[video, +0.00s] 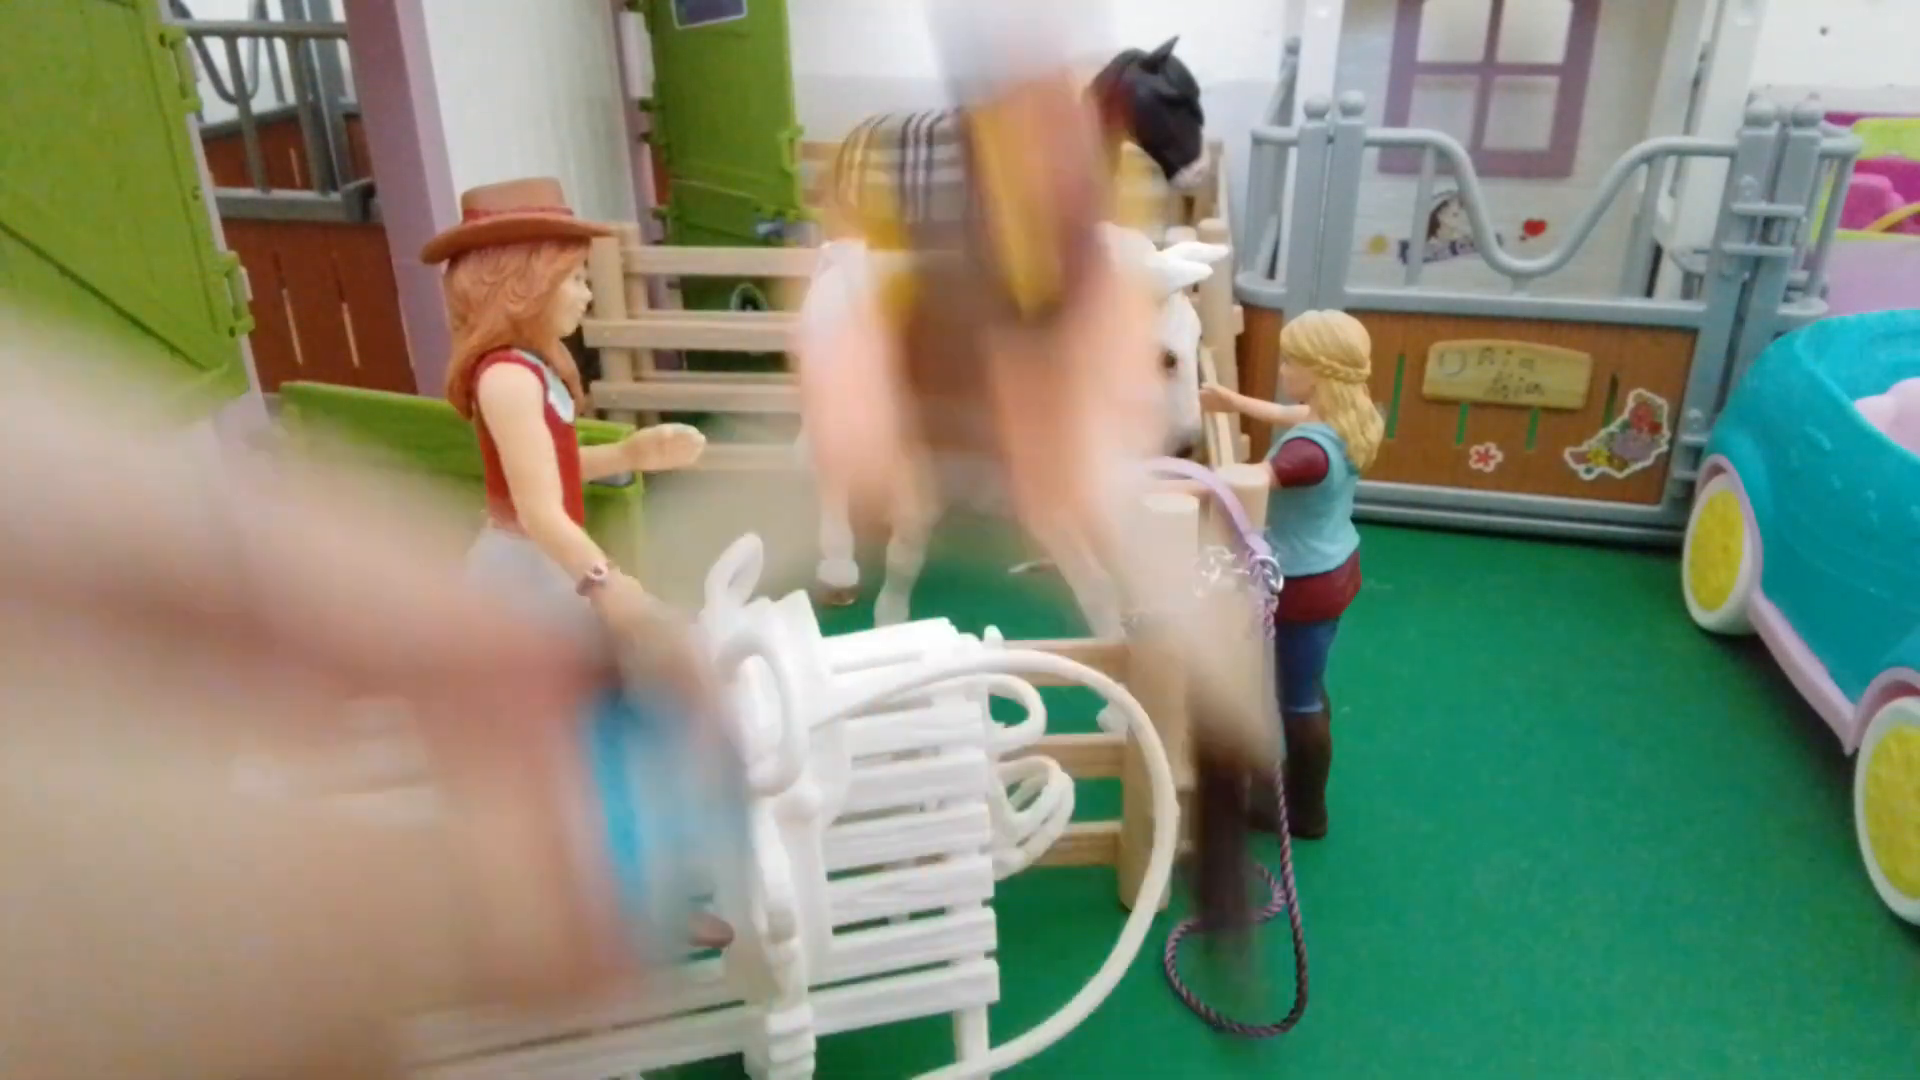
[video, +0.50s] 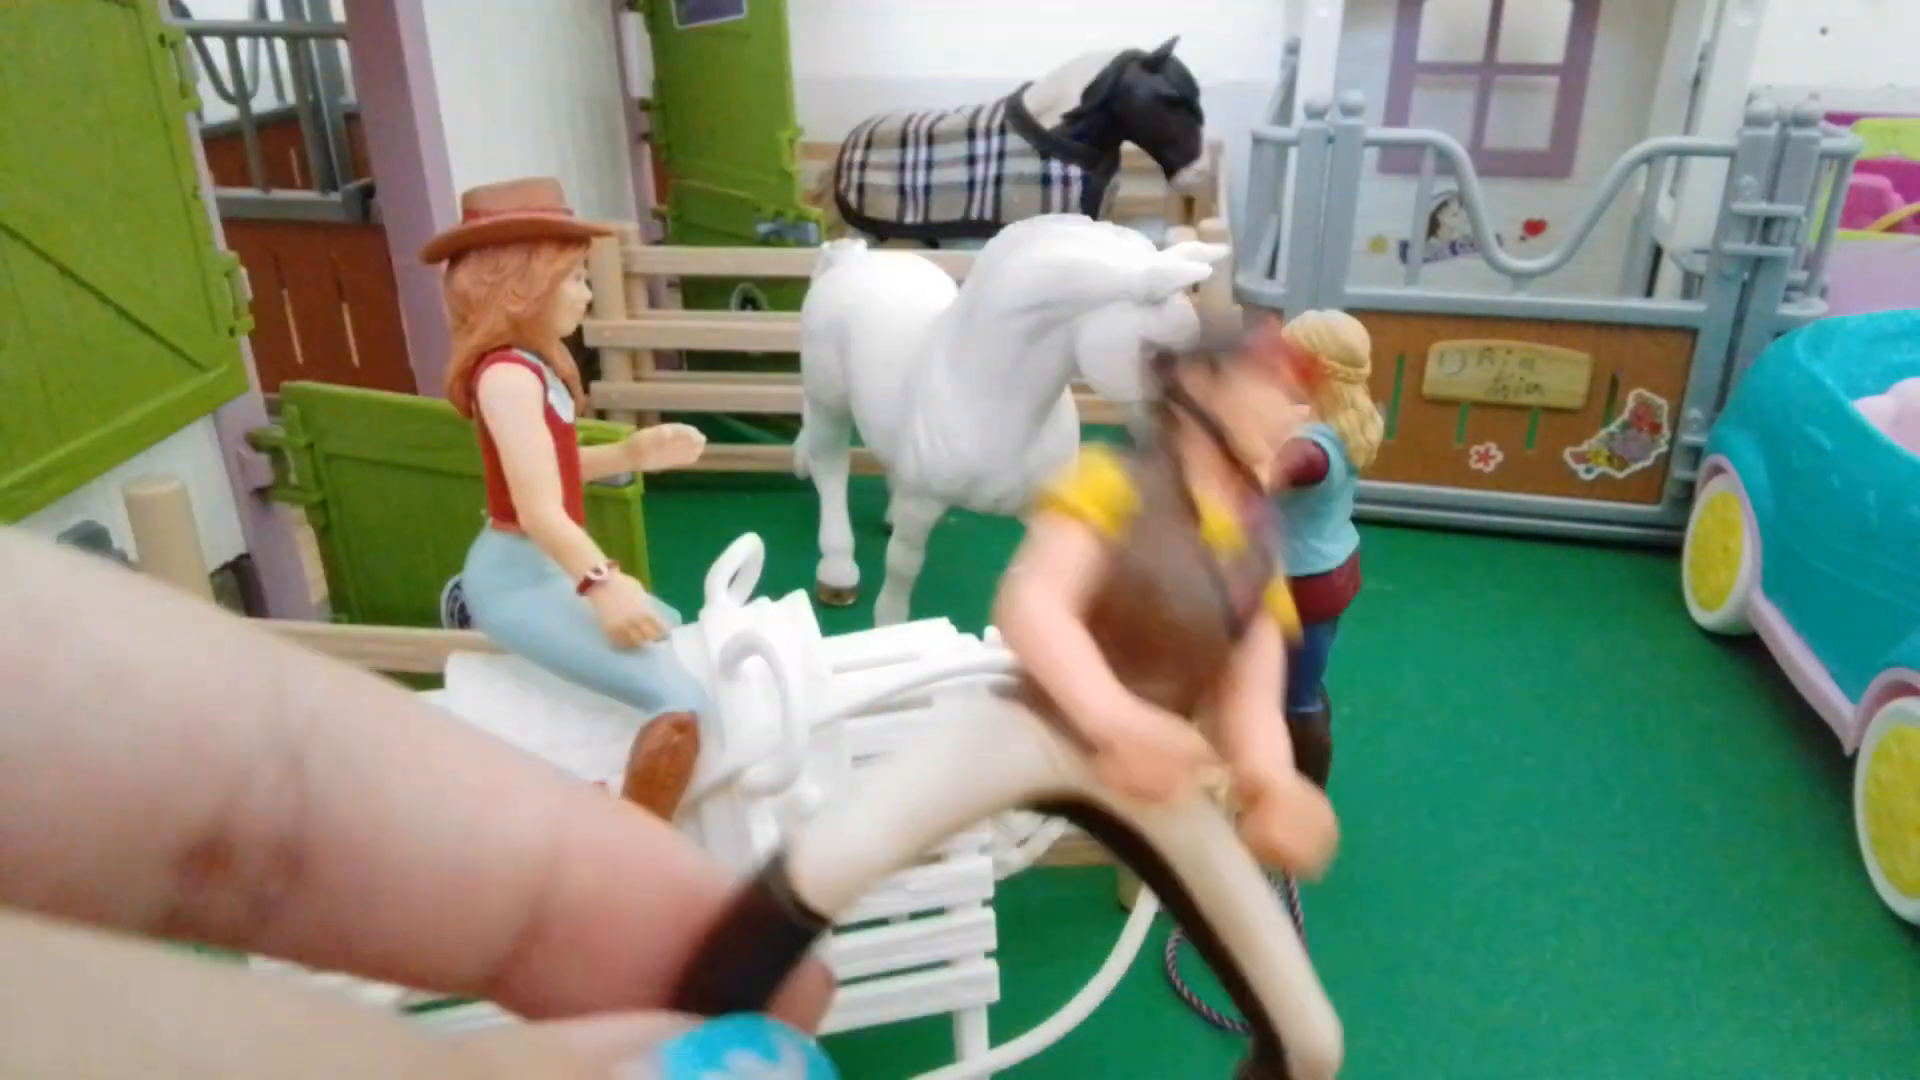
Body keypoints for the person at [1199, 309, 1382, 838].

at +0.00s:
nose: (1282, 371)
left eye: (1290, 362)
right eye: (1284, 360)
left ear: (1319, 372)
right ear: (1334, 373)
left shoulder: (1316, 446)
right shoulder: (1348, 417)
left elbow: (1257, 477)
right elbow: (1288, 414)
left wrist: (1189, 481)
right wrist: (1237, 401)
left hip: (1305, 588)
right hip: (1334, 564)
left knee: (1298, 699)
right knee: (1305, 685)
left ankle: (1305, 813)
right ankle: (1303, 795)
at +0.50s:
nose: (1282, 369)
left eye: (1291, 359)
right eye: (1284, 358)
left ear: (1310, 372)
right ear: (1340, 372)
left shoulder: (1317, 444)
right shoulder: (1347, 421)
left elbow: (1258, 475)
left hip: (1308, 579)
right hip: (1335, 559)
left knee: (1299, 699)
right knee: (1308, 685)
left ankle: (1305, 804)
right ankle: (1306, 791)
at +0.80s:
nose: (1281, 371)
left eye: (1289, 362)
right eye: (1284, 360)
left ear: (1316, 372)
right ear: (1335, 372)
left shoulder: (1315, 447)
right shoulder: (1348, 418)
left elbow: (1253, 479)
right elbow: (1290, 415)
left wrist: (1184, 482)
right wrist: (1237, 401)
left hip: (1305, 587)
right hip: (1334, 564)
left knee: (1299, 700)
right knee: (1304, 685)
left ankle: (1307, 811)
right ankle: (1301, 788)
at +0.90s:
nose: (1281, 371)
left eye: (1289, 362)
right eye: (1284, 360)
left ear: (1318, 373)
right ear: (1333, 374)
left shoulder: (1314, 448)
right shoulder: (1346, 418)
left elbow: (1249, 480)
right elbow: (1288, 415)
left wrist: (1177, 485)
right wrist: (1235, 400)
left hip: (1305, 587)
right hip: (1333, 565)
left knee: (1299, 699)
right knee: (1300, 679)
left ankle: (1304, 811)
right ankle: (1297, 769)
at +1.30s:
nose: (1282, 371)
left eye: (1290, 362)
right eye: (1284, 360)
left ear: (1317, 373)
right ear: (1336, 373)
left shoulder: (1314, 448)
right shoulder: (1346, 418)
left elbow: (1247, 479)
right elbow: (1289, 415)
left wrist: (1166, 485)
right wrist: (1236, 400)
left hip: (1304, 586)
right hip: (1332, 565)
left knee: (1299, 699)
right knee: (1302, 680)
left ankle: (1304, 810)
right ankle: (1297, 771)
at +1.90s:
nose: (1282, 371)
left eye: (1290, 362)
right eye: (1285, 361)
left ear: (1316, 373)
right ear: (1335, 373)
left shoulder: (1314, 448)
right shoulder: (1346, 418)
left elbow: (1248, 478)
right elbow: (1289, 415)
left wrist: (1174, 479)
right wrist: (1237, 400)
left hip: (1305, 587)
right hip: (1333, 565)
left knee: (1299, 699)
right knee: (1302, 681)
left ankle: (1304, 812)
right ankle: (1299, 773)